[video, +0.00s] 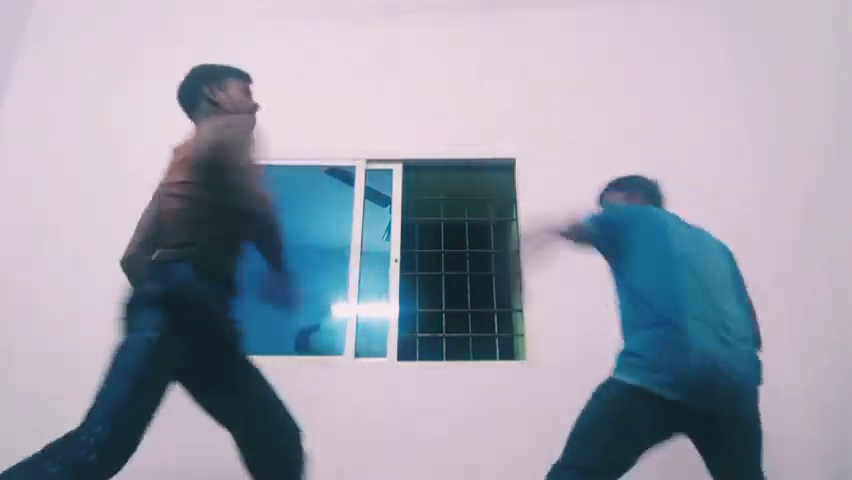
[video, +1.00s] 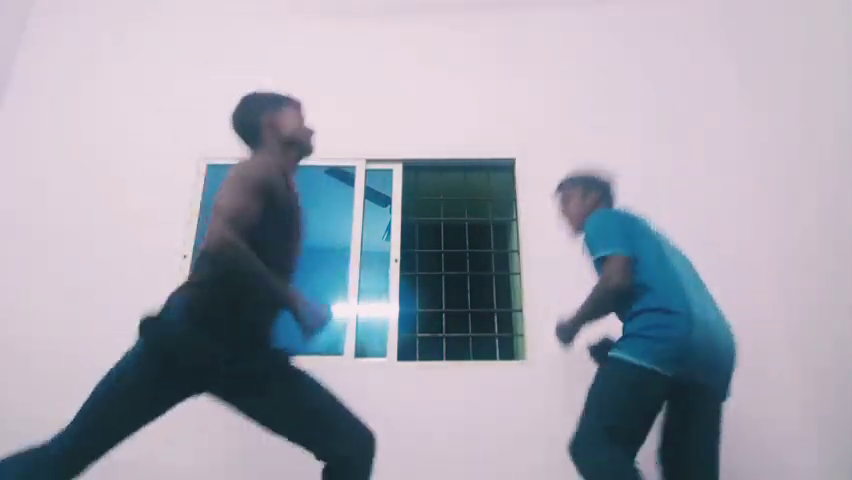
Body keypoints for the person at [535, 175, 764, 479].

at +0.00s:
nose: (603, 213)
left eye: (607, 206)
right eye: (603, 207)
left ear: (630, 198)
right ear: (658, 201)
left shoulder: (628, 218)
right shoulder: (716, 246)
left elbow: (578, 230)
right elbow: (752, 335)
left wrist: (554, 232)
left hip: (655, 380)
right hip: (732, 390)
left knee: (574, 474)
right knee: (745, 476)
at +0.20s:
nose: (620, 175)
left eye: (627, 165)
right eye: (620, 167)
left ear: (655, 167)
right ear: (659, 170)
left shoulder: (664, 195)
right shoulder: (709, 213)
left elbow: (684, 245)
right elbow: (715, 295)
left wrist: (639, 297)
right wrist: (658, 306)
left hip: (694, 344)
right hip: (751, 355)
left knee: (630, 453)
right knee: (763, 470)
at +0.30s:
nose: (617, 136)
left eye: (624, 126)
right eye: (617, 128)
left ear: (653, 126)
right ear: (658, 130)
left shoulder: (662, 154)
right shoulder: (699, 175)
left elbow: (683, 208)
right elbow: (692, 256)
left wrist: (624, 246)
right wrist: (640, 254)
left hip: (691, 306)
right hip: (743, 316)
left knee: (661, 429)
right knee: (759, 449)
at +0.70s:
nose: (586, 122)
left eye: (594, 113)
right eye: (587, 115)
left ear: (624, 114)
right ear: (627, 119)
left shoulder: (632, 142)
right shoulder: (662, 159)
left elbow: (644, 196)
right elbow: (679, 238)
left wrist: (599, 215)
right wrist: (631, 252)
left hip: (667, 301)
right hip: (704, 306)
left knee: (677, 414)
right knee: (706, 421)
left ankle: (722, 471)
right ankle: (726, 472)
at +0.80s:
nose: (584, 136)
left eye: (591, 126)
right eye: (584, 128)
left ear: (620, 128)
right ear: (626, 132)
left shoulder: (627, 157)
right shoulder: (657, 171)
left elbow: (640, 213)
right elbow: (674, 253)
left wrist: (594, 234)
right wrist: (624, 272)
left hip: (658, 313)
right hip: (697, 319)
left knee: (659, 425)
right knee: (691, 431)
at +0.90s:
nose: (578, 177)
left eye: (584, 167)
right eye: (578, 169)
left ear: (612, 167)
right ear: (617, 170)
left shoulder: (624, 199)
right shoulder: (659, 214)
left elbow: (633, 264)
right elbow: (671, 297)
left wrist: (582, 291)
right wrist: (622, 328)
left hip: (656, 343)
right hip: (702, 353)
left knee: (616, 452)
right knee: (681, 464)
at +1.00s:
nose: (563, 209)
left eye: (567, 199)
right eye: (562, 202)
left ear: (593, 196)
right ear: (603, 199)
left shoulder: (604, 220)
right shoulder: (648, 235)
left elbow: (617, 280)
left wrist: (574, 322)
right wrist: (621, 349)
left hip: (660, 338)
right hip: (713, 347)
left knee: (596, 448)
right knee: (689, 464)